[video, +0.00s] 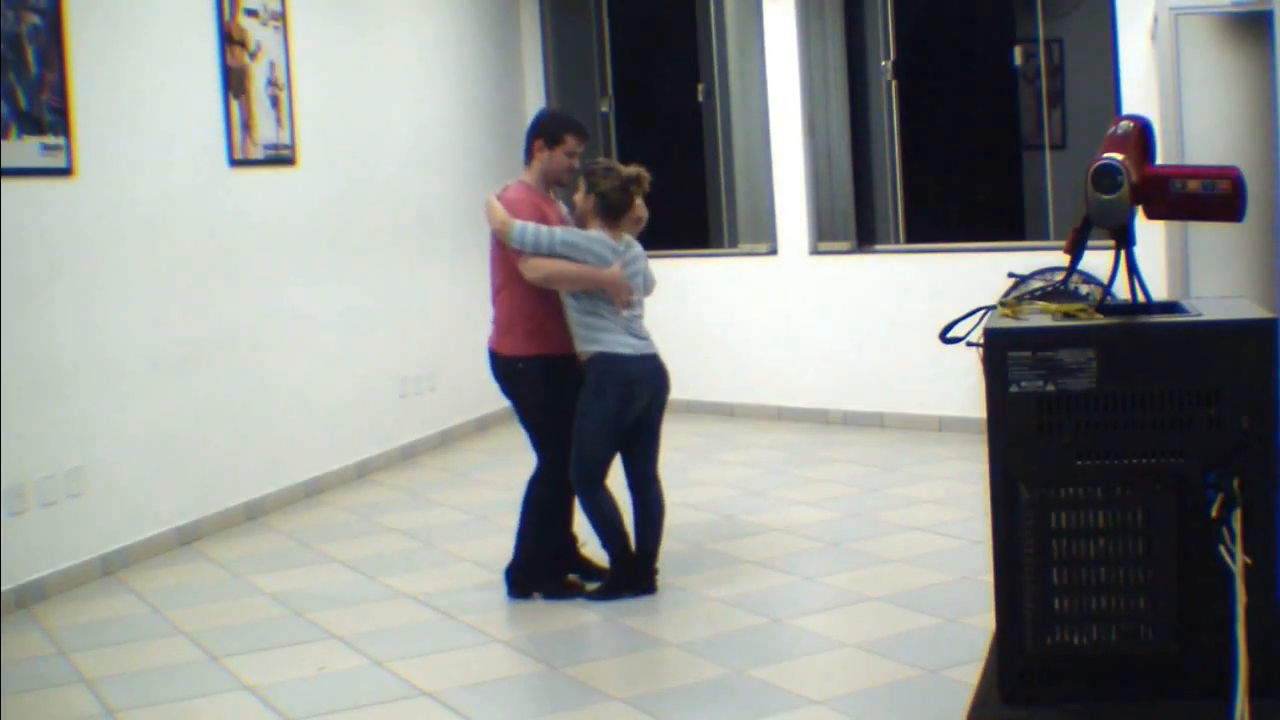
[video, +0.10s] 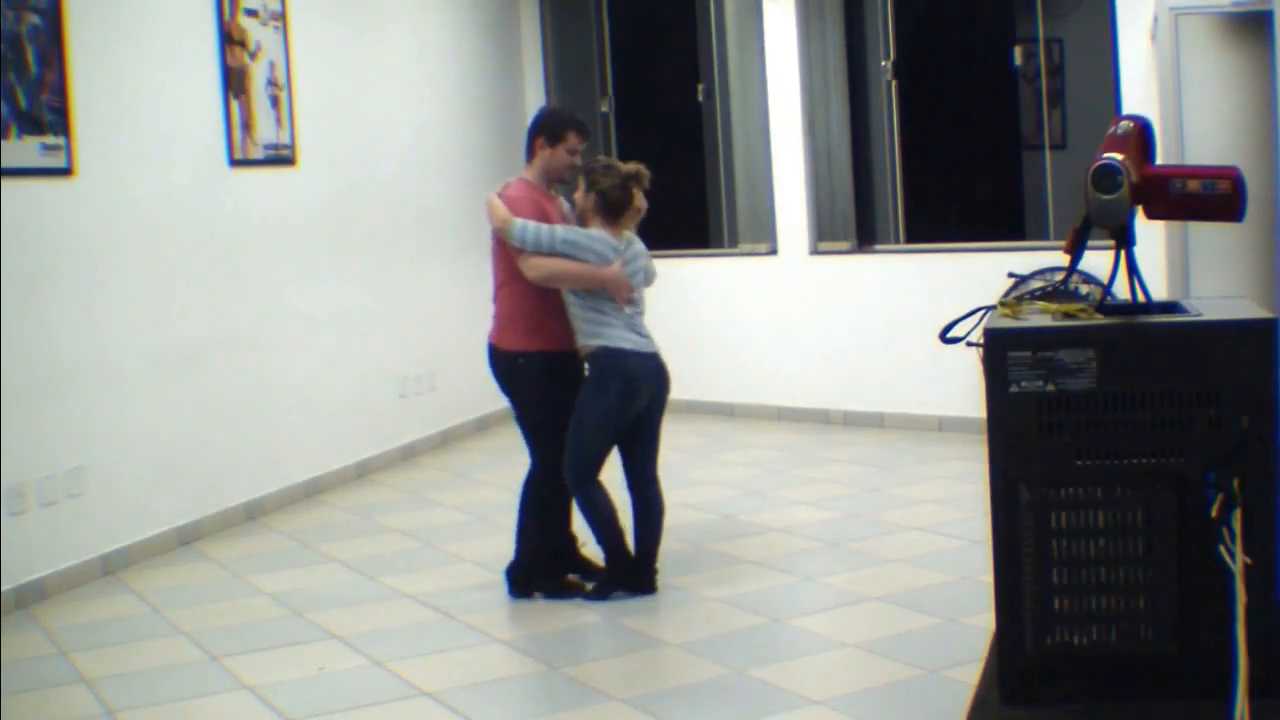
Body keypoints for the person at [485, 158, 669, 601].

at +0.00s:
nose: (573, 198)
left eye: (578, 192)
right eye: (575, 191)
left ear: (586, 202)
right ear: (629, 209)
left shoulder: (584, 244)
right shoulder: (634, 255)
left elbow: (504, 226)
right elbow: (648, 285)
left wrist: (490, 199)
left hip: (610, 371)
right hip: (651, 372)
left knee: (585, 477)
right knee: (645, 478)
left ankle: (624, 568)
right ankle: (644, 571)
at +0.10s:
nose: (574, 197)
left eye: (578, 191)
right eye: (574, 190)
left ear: (586, 201)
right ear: (633, 207)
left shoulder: (587, 243)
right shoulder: (636, 254)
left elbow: (505, 225)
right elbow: (650, 276)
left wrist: (491, 197)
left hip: (612, 369)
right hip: (652, 371)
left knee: (579, 473)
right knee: (644, 478)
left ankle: (620, 566)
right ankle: (644, 572)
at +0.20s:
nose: (573, 196)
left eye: (577, 189)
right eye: (574, 188)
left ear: (585, 199)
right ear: (631, 205)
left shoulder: (588, 243)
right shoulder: (637, 251)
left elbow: (505, 226)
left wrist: (491, 197)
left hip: (609, 367)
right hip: (649, 370)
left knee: (583, 474)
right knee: (641, 477)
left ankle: (626, 567)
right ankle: (642, 572)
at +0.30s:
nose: (572, 197)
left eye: (576, 190)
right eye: (573, 189)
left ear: (584, 199)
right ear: (628, 203)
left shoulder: (587, 244)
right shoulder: (635, 251)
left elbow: (505, 229)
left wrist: (491, 197)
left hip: (605, 368)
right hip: (644, 370)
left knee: (598, 473)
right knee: (628, 473)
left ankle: (633, 577)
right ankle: (640, 573)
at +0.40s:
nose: (572, 197)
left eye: (576, 191)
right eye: (573, 190)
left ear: (583, 202)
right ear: (628, 208)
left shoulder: (582, 245)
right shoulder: (634, 254)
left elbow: (501, 230)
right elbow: (646, 271)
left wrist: (493, 200)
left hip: (603, 368)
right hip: (642, 371)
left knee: (607, 475)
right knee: (614, 474)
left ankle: (634, 579)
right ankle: (635, 573)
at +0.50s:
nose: (573, 197)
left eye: (576, 192)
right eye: (574, 190)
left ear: (581, 202)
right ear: (628, 211)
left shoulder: (580, 245)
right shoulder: (633, 254)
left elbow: (501, 235)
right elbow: (651, 281)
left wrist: (495, 207)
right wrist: (622, 246)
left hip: (603, 369)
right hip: (643, 374)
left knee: (609, 481)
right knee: (611, 478)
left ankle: (632, 581)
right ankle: (632, 574)